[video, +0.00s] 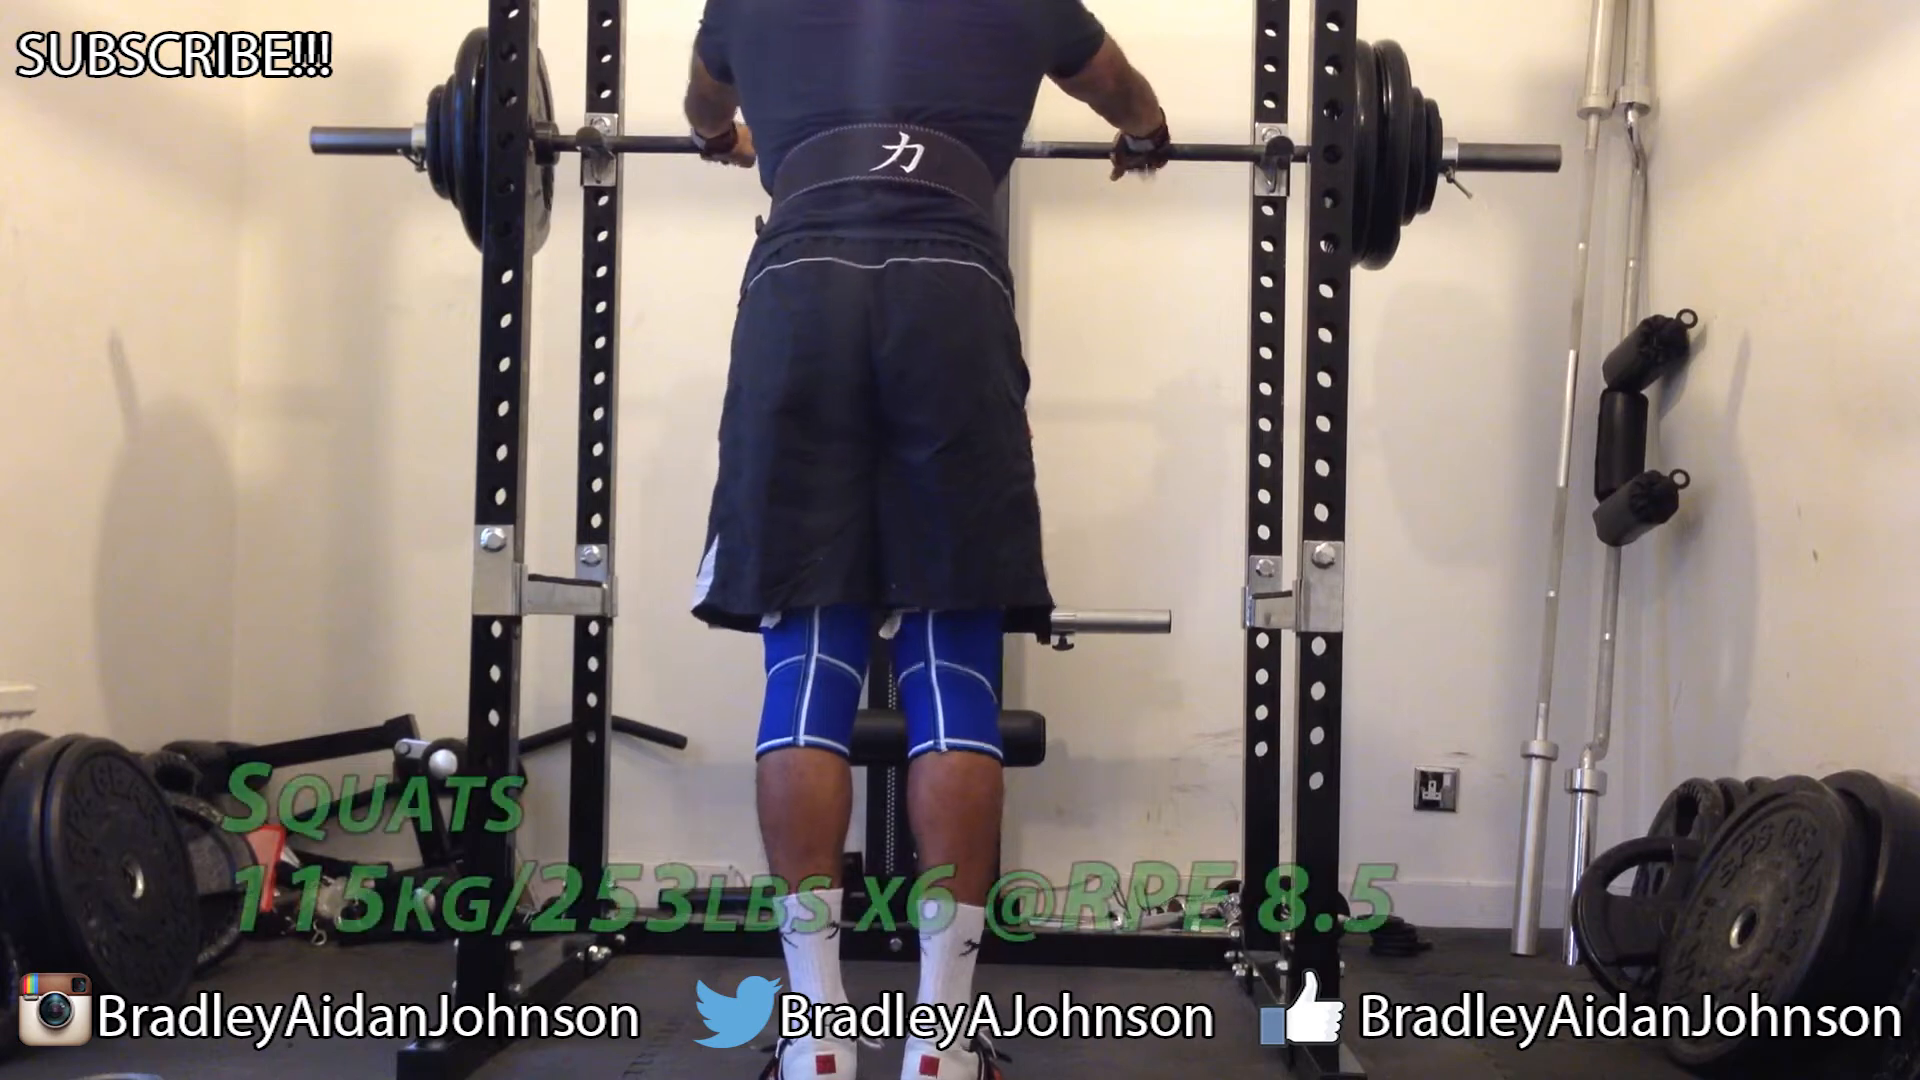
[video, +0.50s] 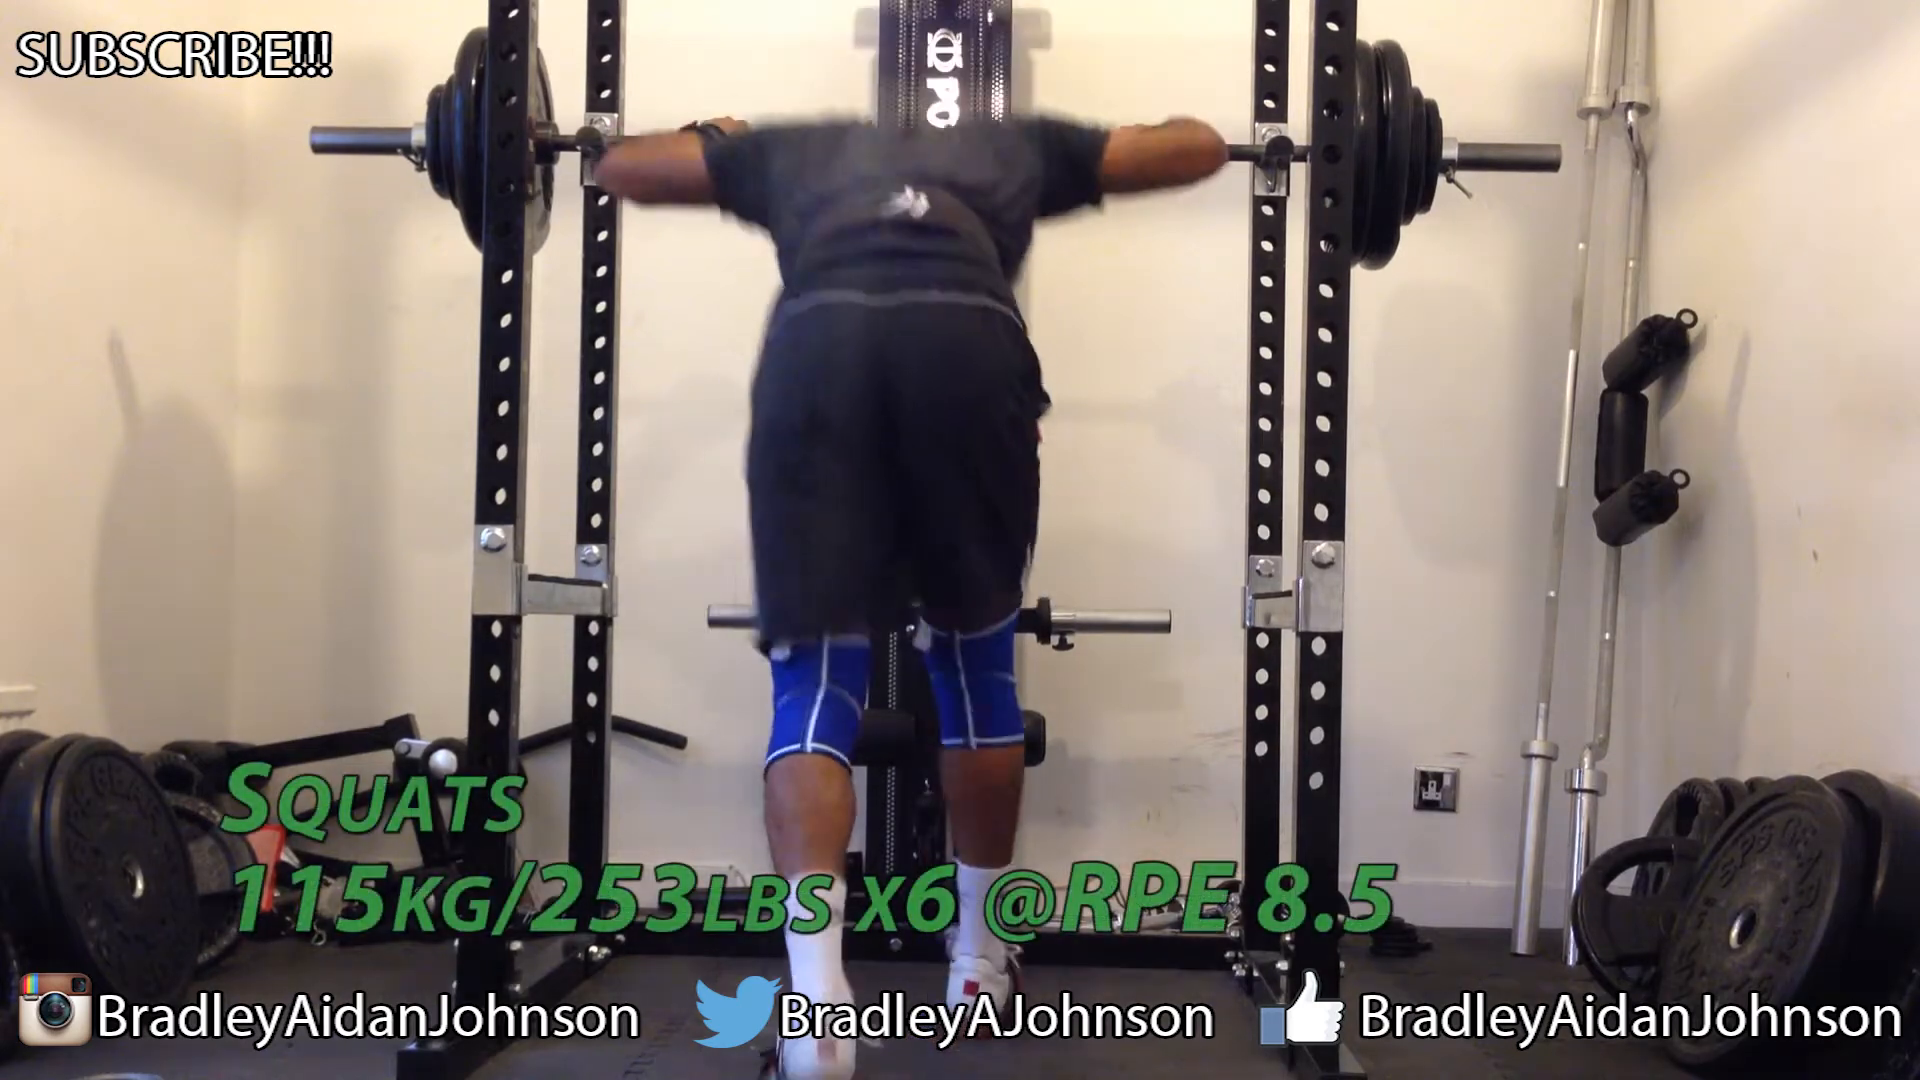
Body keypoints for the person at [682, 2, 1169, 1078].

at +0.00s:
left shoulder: (748, 8)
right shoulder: (1019, 5)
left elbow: (710, 103)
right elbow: (1117, 86)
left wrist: (719, 130)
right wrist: (1146, 125)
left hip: (796, 298)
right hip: (949, 297)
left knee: (806, 648)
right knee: (954, 654)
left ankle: (818, 1025)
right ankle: (943, 1027)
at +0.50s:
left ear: (870, 109)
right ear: (968, 111)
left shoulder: (797, 147)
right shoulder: (1014, 143)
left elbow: (618, 167)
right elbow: (1199, 149)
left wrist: (700, 139)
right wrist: (1150, 135)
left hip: (816, 363)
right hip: (970, 360)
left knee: (814, 678)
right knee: (977, 665)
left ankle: (818, 1002)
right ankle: (979, 972)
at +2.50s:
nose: (902, 33)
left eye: (894, 27)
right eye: (946, 29)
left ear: (877, 61)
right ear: (970, 58)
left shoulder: (829, 157)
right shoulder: (1006, 160)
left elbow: (790, 292)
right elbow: (1048, 290)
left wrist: (722, 186)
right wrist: (1136, 190)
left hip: (843, 406)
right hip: (968, 408)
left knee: (787, 667)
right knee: (1027, 672)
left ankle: (747, 920)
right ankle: (1054, 929)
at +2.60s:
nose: (892, 32)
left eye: (892, 24)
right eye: (943, 25)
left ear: (879, 53)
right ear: (969, 50)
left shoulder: (830, 151)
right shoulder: (1007, 153)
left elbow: (800, 286)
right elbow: (1040, 284)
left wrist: (723, 187)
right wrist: (1134, 193)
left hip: (847, 410)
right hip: (970, 411)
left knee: (790, 666)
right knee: (1025, 673)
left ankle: (747, 918)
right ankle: (1054, 927)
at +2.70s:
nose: (887, 27)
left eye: (891, 19)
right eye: (930, 20)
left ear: (879, 48)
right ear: (969, 47)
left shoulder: (830, 147)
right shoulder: (1006, 150)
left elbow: (802, 286)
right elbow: (1040, 283)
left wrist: (724, 187)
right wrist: (1134, 192)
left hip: (846, 405)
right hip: (967, 406)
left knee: (792, 664)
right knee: (1023, 670)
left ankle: (748, 915)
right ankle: (1054, 924)